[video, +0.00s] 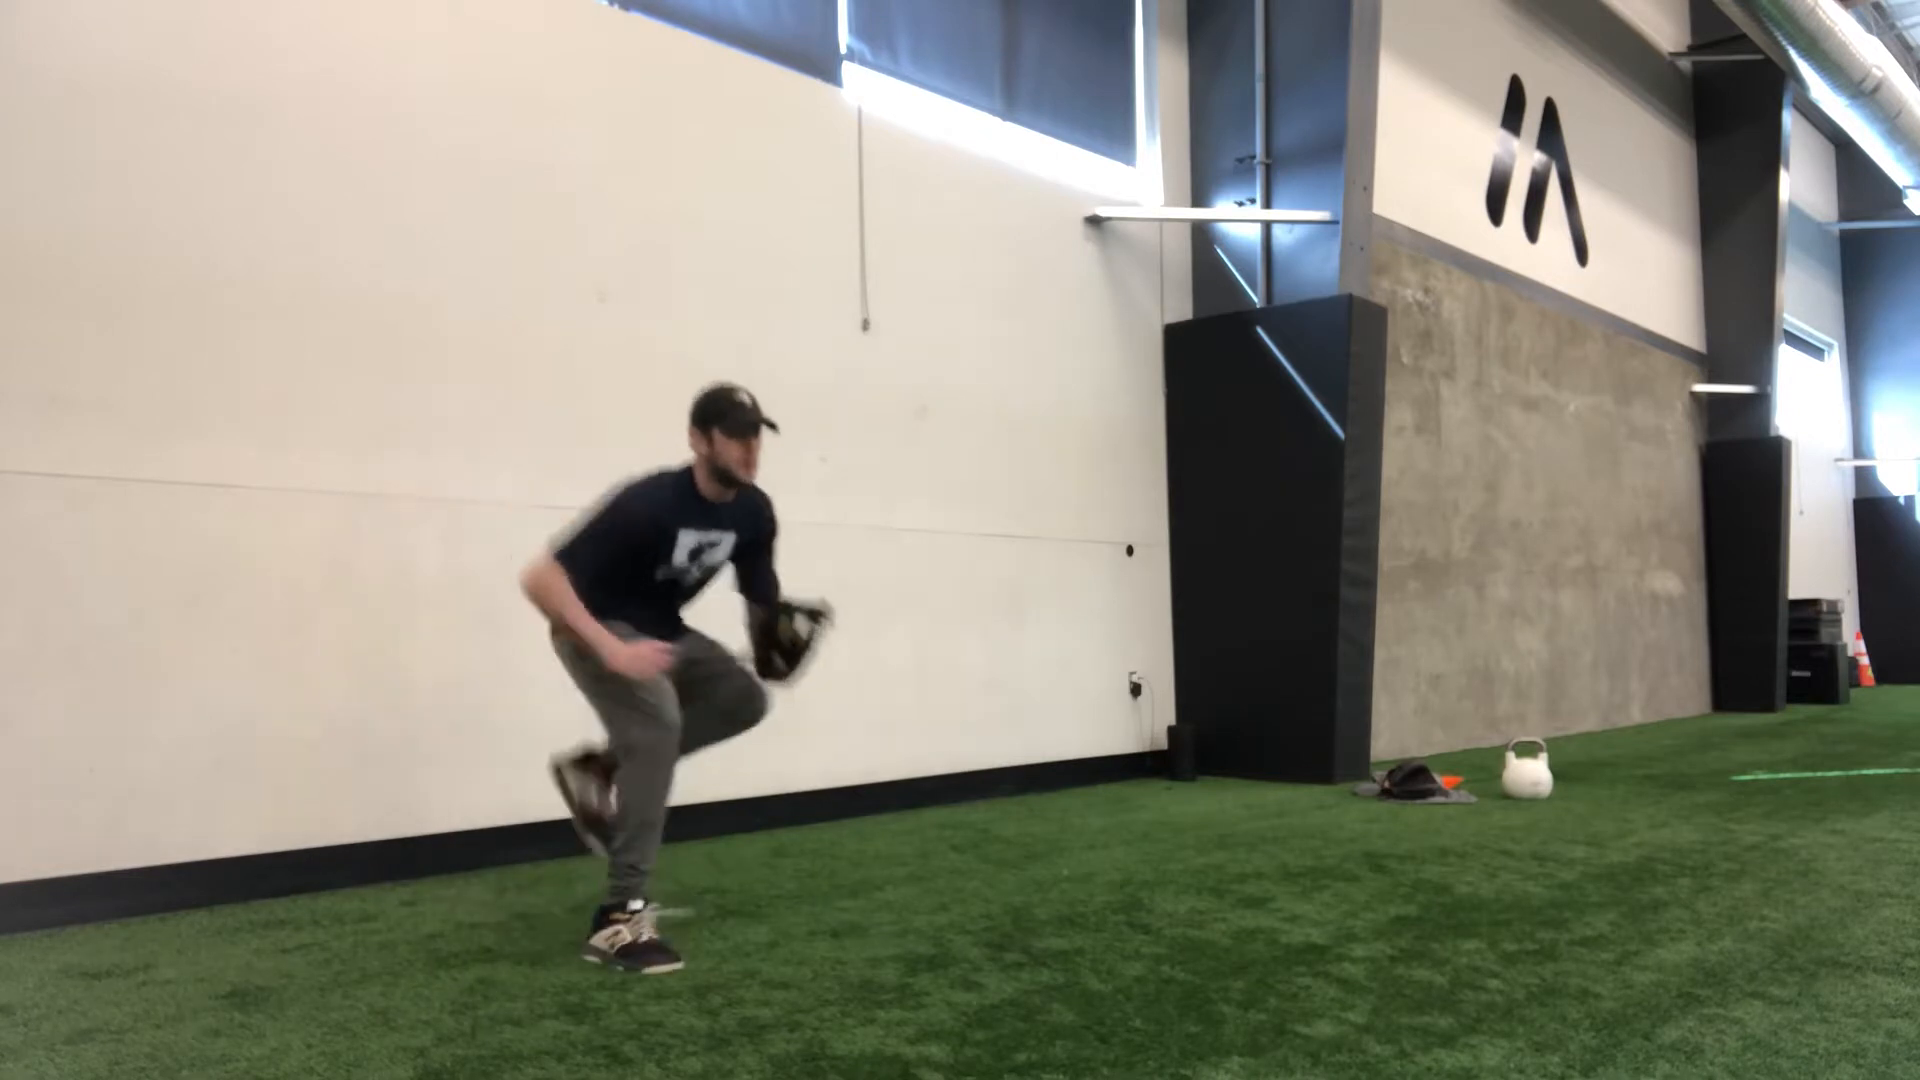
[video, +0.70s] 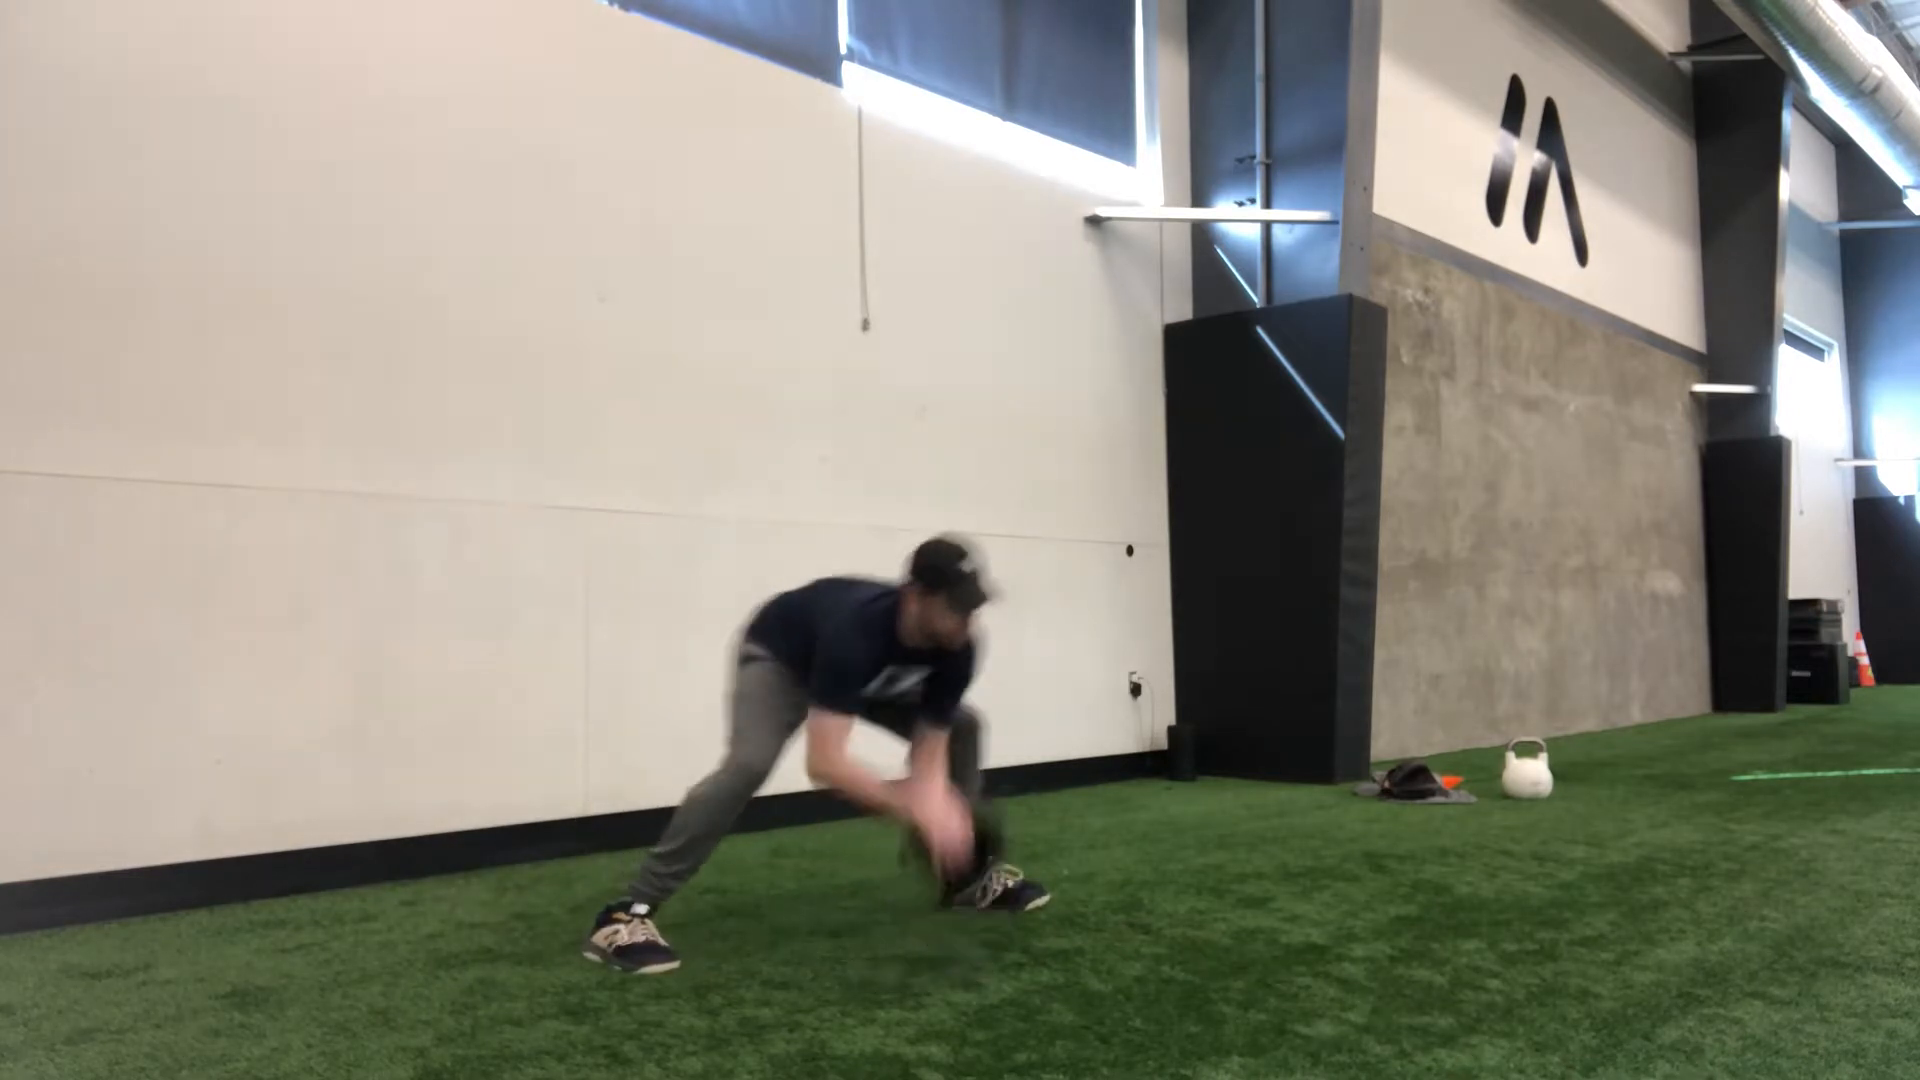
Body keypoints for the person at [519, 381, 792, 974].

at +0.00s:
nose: (752, 453)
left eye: (756, 440)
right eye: (739, 441)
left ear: (757, 441)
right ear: (701, 441)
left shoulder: (752, 512)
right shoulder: (647, 502)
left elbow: (762, 601)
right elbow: (541, 578)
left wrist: (771, 647)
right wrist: (611, 649)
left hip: (660, 631)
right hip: (596, 631)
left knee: (740, 700)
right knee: (653, 732)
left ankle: (603, 775)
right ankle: (622, 915)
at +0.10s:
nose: (768, 483)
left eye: (773, 470)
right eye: (756, 470)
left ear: (776, 468)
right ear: (716, 468)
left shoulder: (773, 530)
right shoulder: (662, 526)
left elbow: (782, 630)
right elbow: (594, 634)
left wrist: (792, 678)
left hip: (676, 634)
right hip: (607, 636)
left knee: (770, 680)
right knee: (668, 732)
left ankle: (628, 775)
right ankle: (622, 914)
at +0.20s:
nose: (788, 513)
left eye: (794, 500)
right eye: (776, 500)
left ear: (800, 496)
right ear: (737, 496)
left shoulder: (790, 553)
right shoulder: (681, 549)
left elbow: (798, 655)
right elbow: (661, 676)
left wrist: (810, 728)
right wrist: (778, 698)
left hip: (692, 628)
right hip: (617, 634)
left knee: (792, 674)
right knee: (671, 733)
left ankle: (781, 812)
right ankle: (621, 913)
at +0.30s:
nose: (817, 556)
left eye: (823, 542)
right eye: (805, 542)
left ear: (829, 535)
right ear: (767, 531)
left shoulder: (816, 590)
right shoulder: (708, 573)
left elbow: (812, 704)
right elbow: (720, 704)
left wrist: (835, 786)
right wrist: (832, 719)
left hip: (719, 639)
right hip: (638, 633)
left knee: (818, 720)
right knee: (669, 730)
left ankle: (904, 837)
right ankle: (622, 913)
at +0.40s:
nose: (850, 595)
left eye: (856, 582)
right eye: (838, 582)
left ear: (861, 575)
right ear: (799, 570)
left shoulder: (847, 631)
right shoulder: (739, 608)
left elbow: (830, 740)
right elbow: (764, 743)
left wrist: (864, 817)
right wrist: (875, 757)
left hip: (751, 661)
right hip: (669, 647)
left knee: (854, 742)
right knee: (684, 735)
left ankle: (926, 865)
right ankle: (624, 912)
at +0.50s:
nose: (880, 635)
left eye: (887, 622)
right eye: (870, 621)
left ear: (892, 615)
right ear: (831, 610)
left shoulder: (876, 663)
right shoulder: (774, 636)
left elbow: (861, 777)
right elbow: (807, 774)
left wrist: (891, 837)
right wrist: (911, 817)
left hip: (784, 678)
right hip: (701, 660)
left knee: (893, 741)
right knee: (702, 741)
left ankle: (963, 875)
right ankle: (623, 916)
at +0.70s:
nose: (966, 623)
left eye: (970, 611)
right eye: (957, 610)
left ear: (966, 607)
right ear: (918, 597)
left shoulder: (957, 646)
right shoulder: (856, 626)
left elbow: (930, 749)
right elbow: (826, 760)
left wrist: (940, 817)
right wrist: (915, 808)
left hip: (863, 672)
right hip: (780, 657)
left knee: (963, 730)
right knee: (747, 766)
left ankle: (968, 878)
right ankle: (627, 915)